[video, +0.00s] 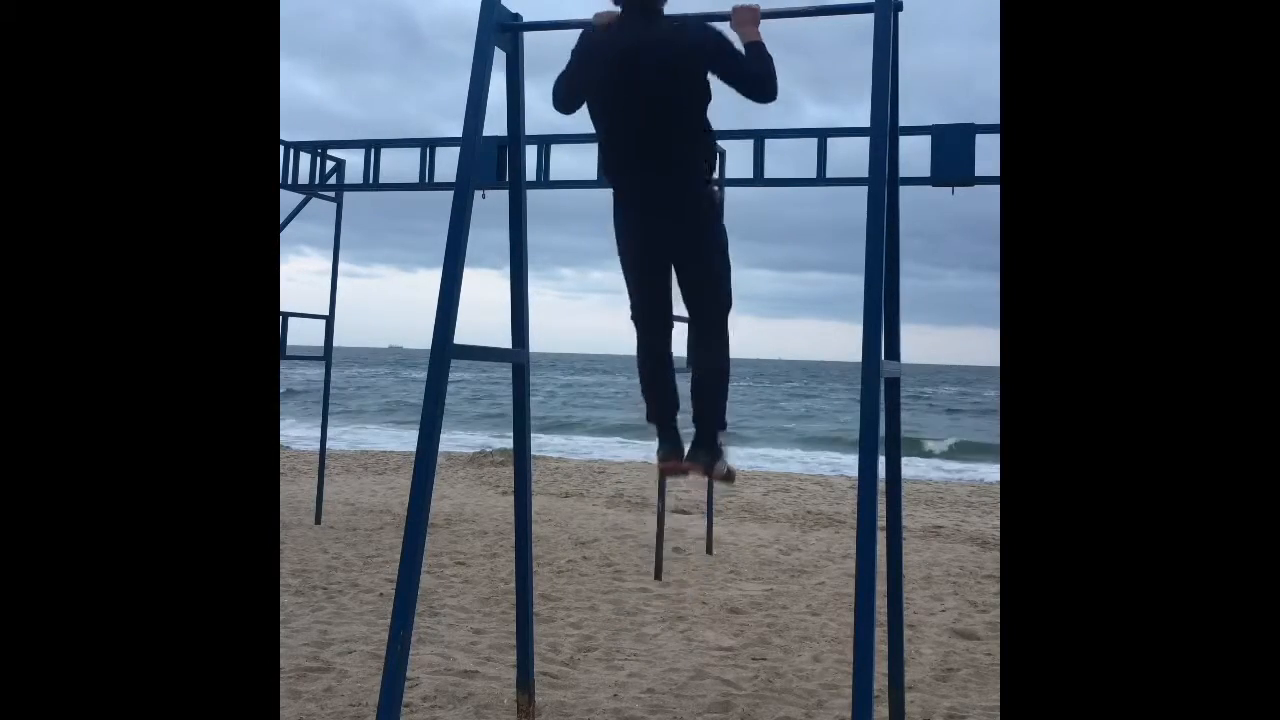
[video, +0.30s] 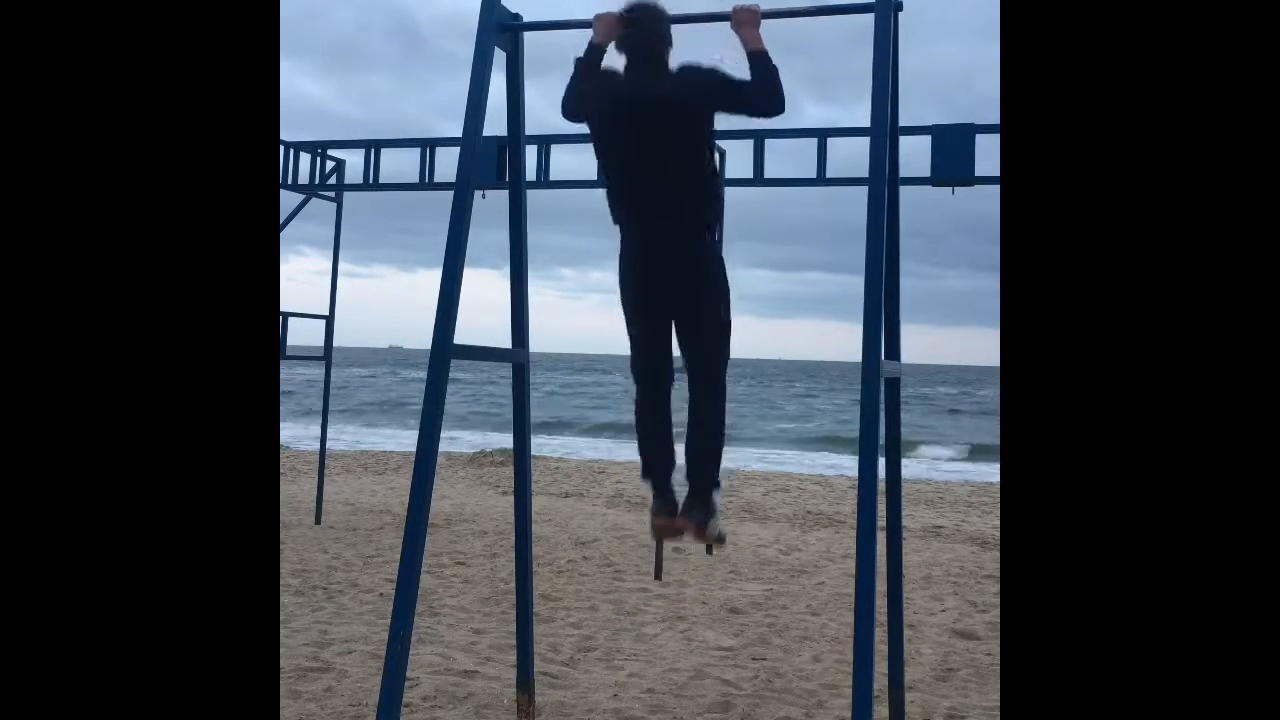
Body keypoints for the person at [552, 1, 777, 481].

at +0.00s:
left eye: (618, 4)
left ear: (618, 3)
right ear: (664, 1)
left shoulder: (599, 41)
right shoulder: (693, 34)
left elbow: (564, 99)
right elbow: (762, 88)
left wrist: (594, 33)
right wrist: (750, 36)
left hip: (634, 206)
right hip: (693, 203)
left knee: (651, 324)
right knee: (710, 321)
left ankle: (668, 445)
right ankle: (706, 448)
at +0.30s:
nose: (657, 45)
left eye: (638, 34)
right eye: (661, 35)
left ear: (622, 46)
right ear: (668, 44)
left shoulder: (603, 94)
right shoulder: (697, 86)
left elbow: (571, 104)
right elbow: (770, 101)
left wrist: (597, 43)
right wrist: (754, 41)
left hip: (639, 261)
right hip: (698, 259)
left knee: (650, 381)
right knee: (707, 381)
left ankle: (662, 503)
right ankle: (700, 504)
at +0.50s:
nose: (677, 114)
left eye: (663, 108)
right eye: (677, 108)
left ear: (627, 119)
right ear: (676, 114)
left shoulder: (614, 157)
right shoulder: (704, 149)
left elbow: (589, 109)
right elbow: (762, 109)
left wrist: (599, 46)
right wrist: (751, 45)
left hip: (645, 324)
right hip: (702, 324)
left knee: (643, 454)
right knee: (699, 460)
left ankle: (639, 578)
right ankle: (678, 587)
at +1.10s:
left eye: (610, 37)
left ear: (609, 47)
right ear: (656, 42)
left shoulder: (596, 102)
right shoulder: (687, 82)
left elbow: (581, 94)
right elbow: (752, 104)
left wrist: (597, 42)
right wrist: (748, 42)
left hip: (635, 259)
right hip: (694, 255)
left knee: (647, 372)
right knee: (706, 376)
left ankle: (655, 489)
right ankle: (694, 496)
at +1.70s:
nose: (657, 100)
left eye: (636, 93)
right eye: (664, 91)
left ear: (625, 102)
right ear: (674, 98)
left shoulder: (613, 144)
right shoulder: (706, 138)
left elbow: (587, 109)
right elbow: (765, 107)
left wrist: (599, 45)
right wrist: (752, 43)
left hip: (647, 310)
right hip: (703, 310)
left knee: (647, 439)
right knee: (703, 442)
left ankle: (649, 565)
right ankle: (685, 568)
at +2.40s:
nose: (623, 28)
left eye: (613, 22)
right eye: (645, 18)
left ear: (609, 33)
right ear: (654, 27)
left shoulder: (593, 89)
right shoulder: (687, 71)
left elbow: (575, 100)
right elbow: (754, 102)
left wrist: (596, 42)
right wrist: (749, 42)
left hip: (632, 246)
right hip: (691, 241)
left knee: (645, 360)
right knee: (705, 363)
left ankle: (654, 479)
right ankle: (694, 487)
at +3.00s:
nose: (652, 99)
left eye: (631, 93)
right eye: (660, 91)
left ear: (624, 104)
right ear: (673, 99)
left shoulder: (611, 145)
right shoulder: (704, 138)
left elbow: (587, 107)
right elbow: (765, 107)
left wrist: (600, 44)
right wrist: (751, 43)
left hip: (644, 313)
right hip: (701, 313)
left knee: (645, 436)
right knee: (703, 439)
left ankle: (647, 560)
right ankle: (684, 567)